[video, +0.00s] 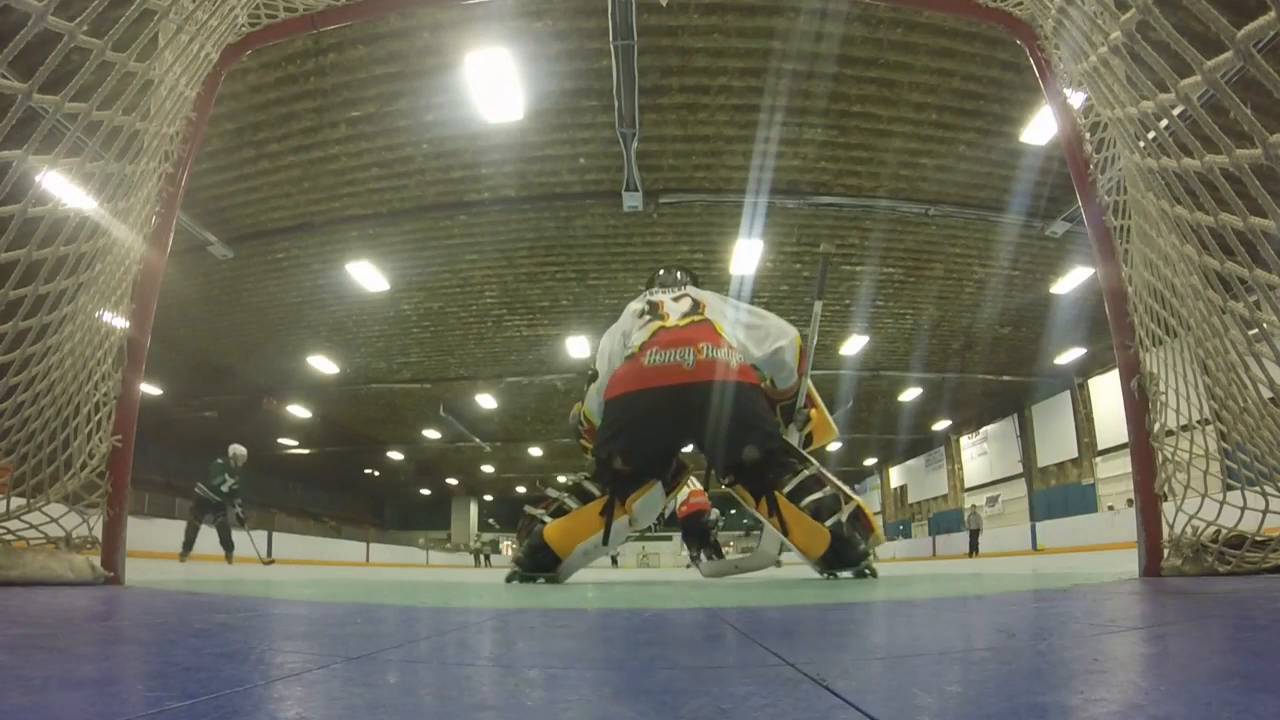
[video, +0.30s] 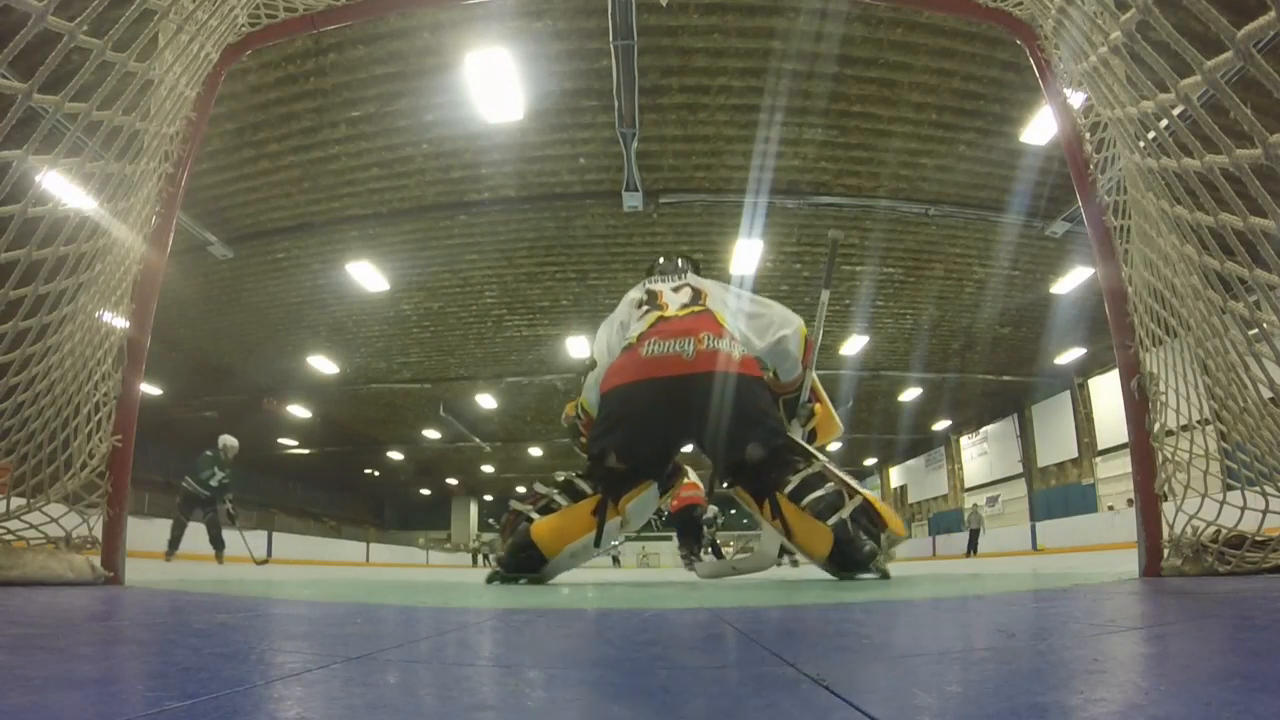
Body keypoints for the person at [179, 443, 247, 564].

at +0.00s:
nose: (242, 462)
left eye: (243, 459)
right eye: (240, 459)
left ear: (242, 459)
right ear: (233, 456)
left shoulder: (237, 473)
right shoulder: (218, 464)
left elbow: (236, 494)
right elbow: (216, 482)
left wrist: (239, 510)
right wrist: (231, 495)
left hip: (218, 502)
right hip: (202, 498)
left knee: (223, 527)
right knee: (193, 525)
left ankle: (229, 552)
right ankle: (186, 550)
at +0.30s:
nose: (234, 453)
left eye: (235, 450)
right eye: (232, 449)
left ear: (233, 450)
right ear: (224, 447)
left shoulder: (228, 468)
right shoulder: (209, 455)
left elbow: (226, 489)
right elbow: (204, 474)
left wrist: (229, 505)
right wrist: (220, 487)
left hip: (207, 498)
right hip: (190, 492)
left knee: (213, 523)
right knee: (180, 521)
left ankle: (219, 550)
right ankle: (171, 549)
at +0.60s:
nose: (218, 442)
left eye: (220, 439)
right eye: (217, 438)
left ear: (216, 437)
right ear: (208, 435)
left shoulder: (213, 455)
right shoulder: (190, 444)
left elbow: (213, 479)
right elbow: (188, 467)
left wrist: (215, 500)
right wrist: (202, 487)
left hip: (194, 489)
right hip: (174, 484)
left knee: (197, 517)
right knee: (162, 514)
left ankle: (204, 548)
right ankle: (152, 547)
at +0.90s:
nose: (204, 428)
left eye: (205, 424)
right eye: (202, 423)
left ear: (204, 425)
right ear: (192, 421)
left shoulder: (200, 444)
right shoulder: (174, 431)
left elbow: (200, 471)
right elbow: (166, 453)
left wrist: (202, 491)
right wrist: (185, 455)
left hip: (179, 482)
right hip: (158, 477)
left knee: (183, 512)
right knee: (143, 510)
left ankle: (190, 546)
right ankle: (132, 544)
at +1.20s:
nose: (180, 408)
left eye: (183, 404)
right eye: (177, 402)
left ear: (185, 405)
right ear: (166, 401)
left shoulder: (183, 431)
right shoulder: (148, 417)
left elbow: (183, 459)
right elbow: (134, 444)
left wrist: (182, 477)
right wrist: (159, 468)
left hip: (163, 473)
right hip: (137, 467)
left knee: (164, 504)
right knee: (118, 497)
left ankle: (169, 543)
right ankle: (111, 538)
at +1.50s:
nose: (148, 387)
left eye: (153, 383)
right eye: (148, 381)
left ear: (160, 386)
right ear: (143, 382)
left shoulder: (162, 414)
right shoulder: (129, 404)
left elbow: (164, 447)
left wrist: (159, 461)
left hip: (146, 463)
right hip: (123, 459)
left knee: (141, 498)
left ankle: (148, 539)